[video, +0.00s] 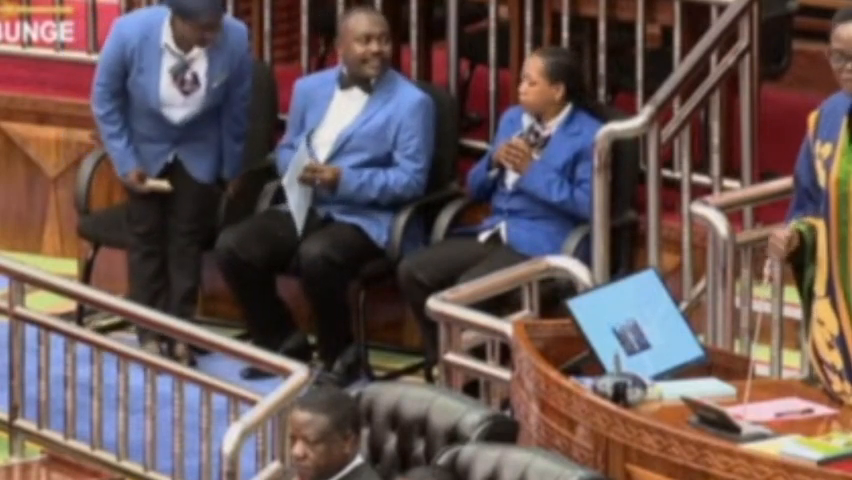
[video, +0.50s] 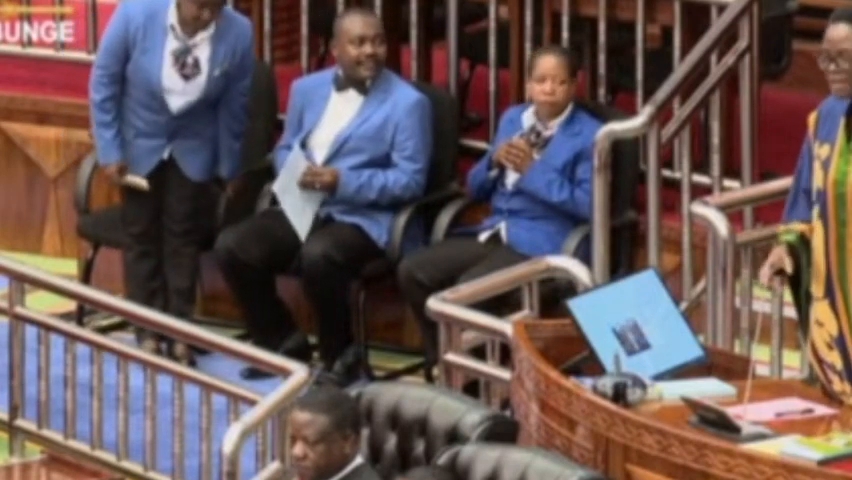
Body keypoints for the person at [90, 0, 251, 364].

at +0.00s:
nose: (210, 38)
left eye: (214, 29)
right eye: (202, 31)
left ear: (221, 19)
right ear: (175, 18)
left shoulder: (235, 38)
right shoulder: (130, 32)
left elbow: (238, 109)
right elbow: (104, 101)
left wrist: (231, 169)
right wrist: (125, 162)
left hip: (201, 144)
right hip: (146, 143)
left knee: (188, 238)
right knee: (146, 237)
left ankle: (182, 332)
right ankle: (148, 331)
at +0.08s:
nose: (194, 29)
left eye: (204, 23)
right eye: (189, 19)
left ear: (218, 15)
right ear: (174, 9)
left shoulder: (236, 35)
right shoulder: (133, 27)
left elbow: (237, 107)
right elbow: (106, 97)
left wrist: (231, 168)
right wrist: (123, 159)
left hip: (200, 142)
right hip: (145, 140)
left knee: (187, 238)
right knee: (145, 237)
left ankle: (181, 332)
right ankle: (148, 331)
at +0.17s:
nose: (187, 22)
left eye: (197, 15)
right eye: (181, 12)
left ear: (214, 10)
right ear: (171, 4)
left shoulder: (238, 33)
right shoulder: (134, 20)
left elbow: (237, 106)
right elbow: (106, 89)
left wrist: (230, 167)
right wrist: (118, 155)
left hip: (199, 142)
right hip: (144, 138)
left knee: (187, 238)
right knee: (144, 236)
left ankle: (181, 332)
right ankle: (147, 330)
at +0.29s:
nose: (186, 14)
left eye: (195, 8)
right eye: (180, 6)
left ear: (212, 7)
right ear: (171, 2)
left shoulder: (238, 31)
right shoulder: (134, 16)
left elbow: (237, 104)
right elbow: (104, 83)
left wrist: (229, 166)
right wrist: (113, 149)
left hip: (197, 142)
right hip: (142, 138)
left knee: (185, 238)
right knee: (142, 236)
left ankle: (181, 331)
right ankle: (147, 330)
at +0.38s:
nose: (190, 12)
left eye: (199, 7)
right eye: (185, 4)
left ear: (214, 6)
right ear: (174, 1)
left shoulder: (238, 31)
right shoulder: (134, 15)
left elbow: (237, 105)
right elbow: (102, 80)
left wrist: (229, 166)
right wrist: (110, 147)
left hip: (197, 141)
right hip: (141, 137)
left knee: (185, 237)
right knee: (142, 236)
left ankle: (181, 331)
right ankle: (147, 330)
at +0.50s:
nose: (206, 15)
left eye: (213, 10)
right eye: (199, 8)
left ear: (222, 7)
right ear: (180, 1)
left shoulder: (238, 31)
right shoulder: (135, 15)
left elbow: (236, 104)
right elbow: (104, 82)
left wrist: (229, 165)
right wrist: (110, 150)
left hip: (197, 141)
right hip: (141, 137)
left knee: (184, 236)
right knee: (141, 236)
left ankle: (181, 331)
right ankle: (146, 329)